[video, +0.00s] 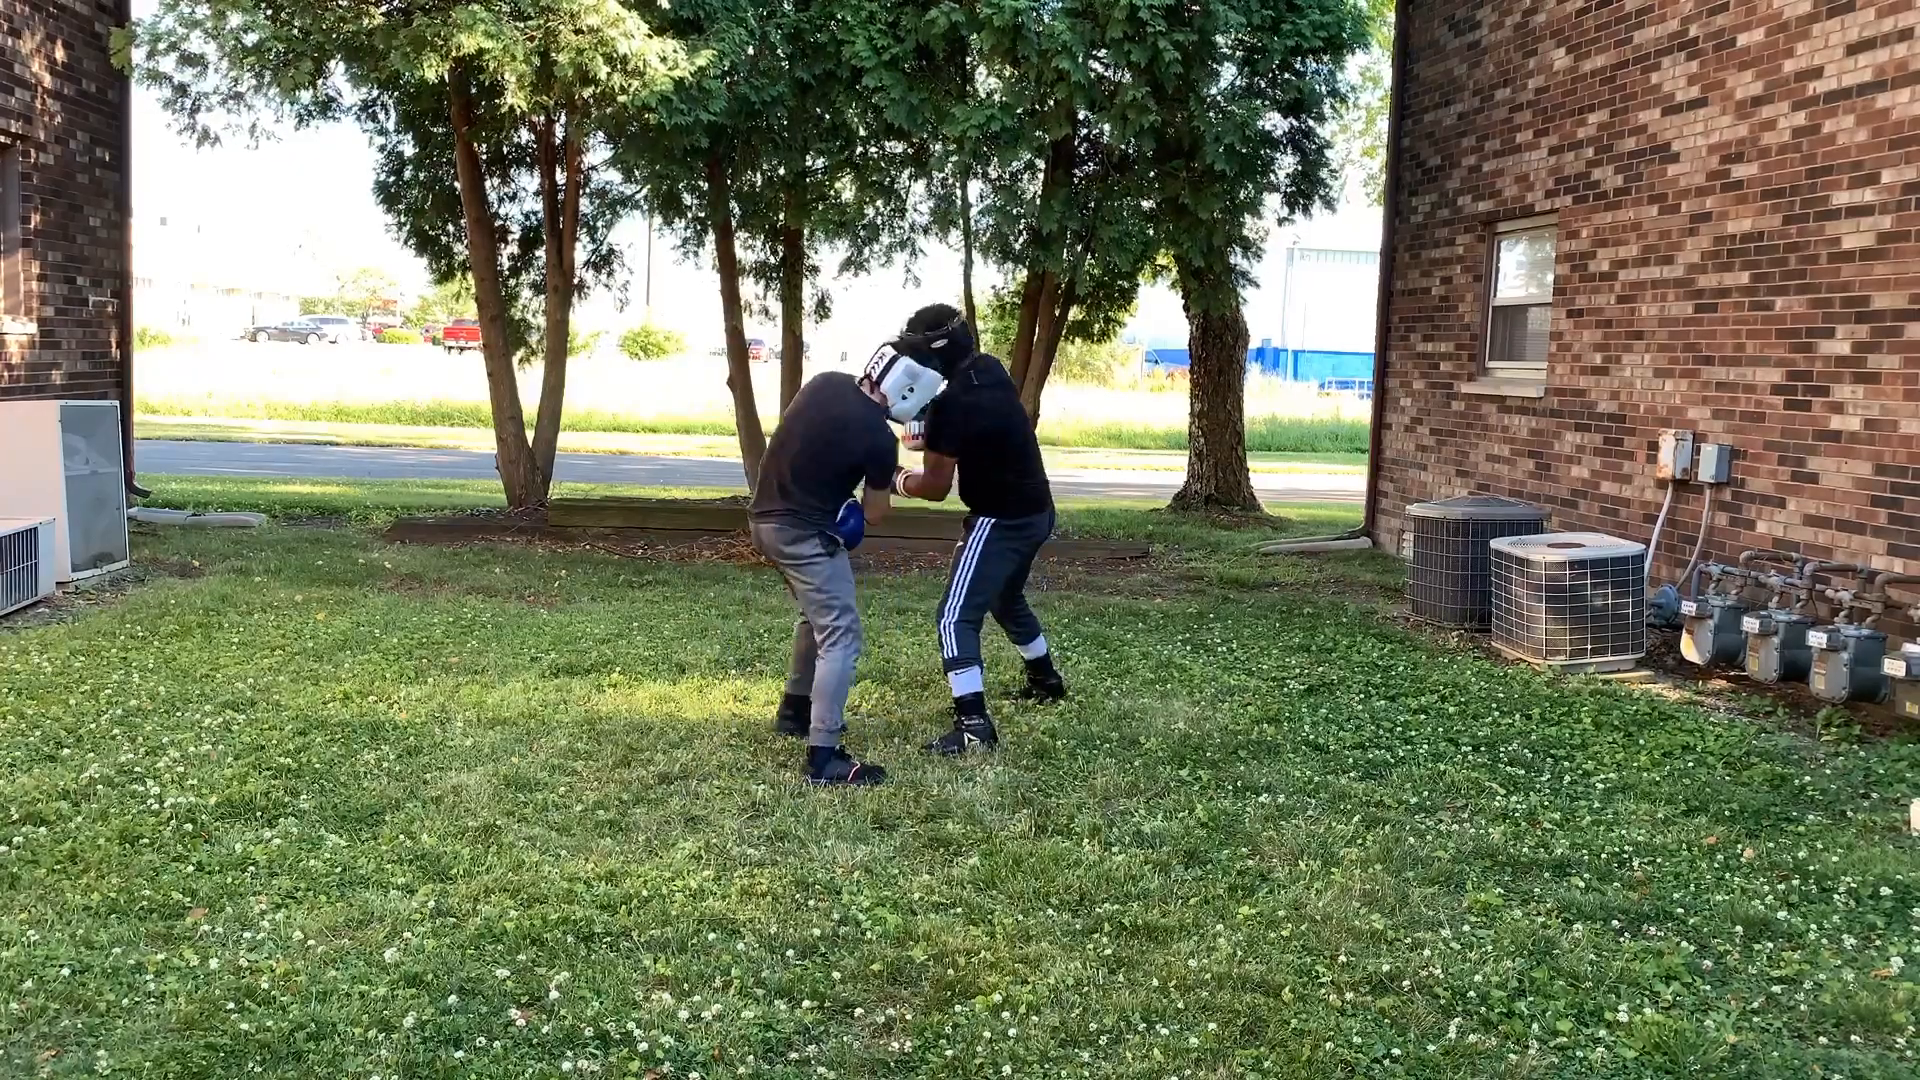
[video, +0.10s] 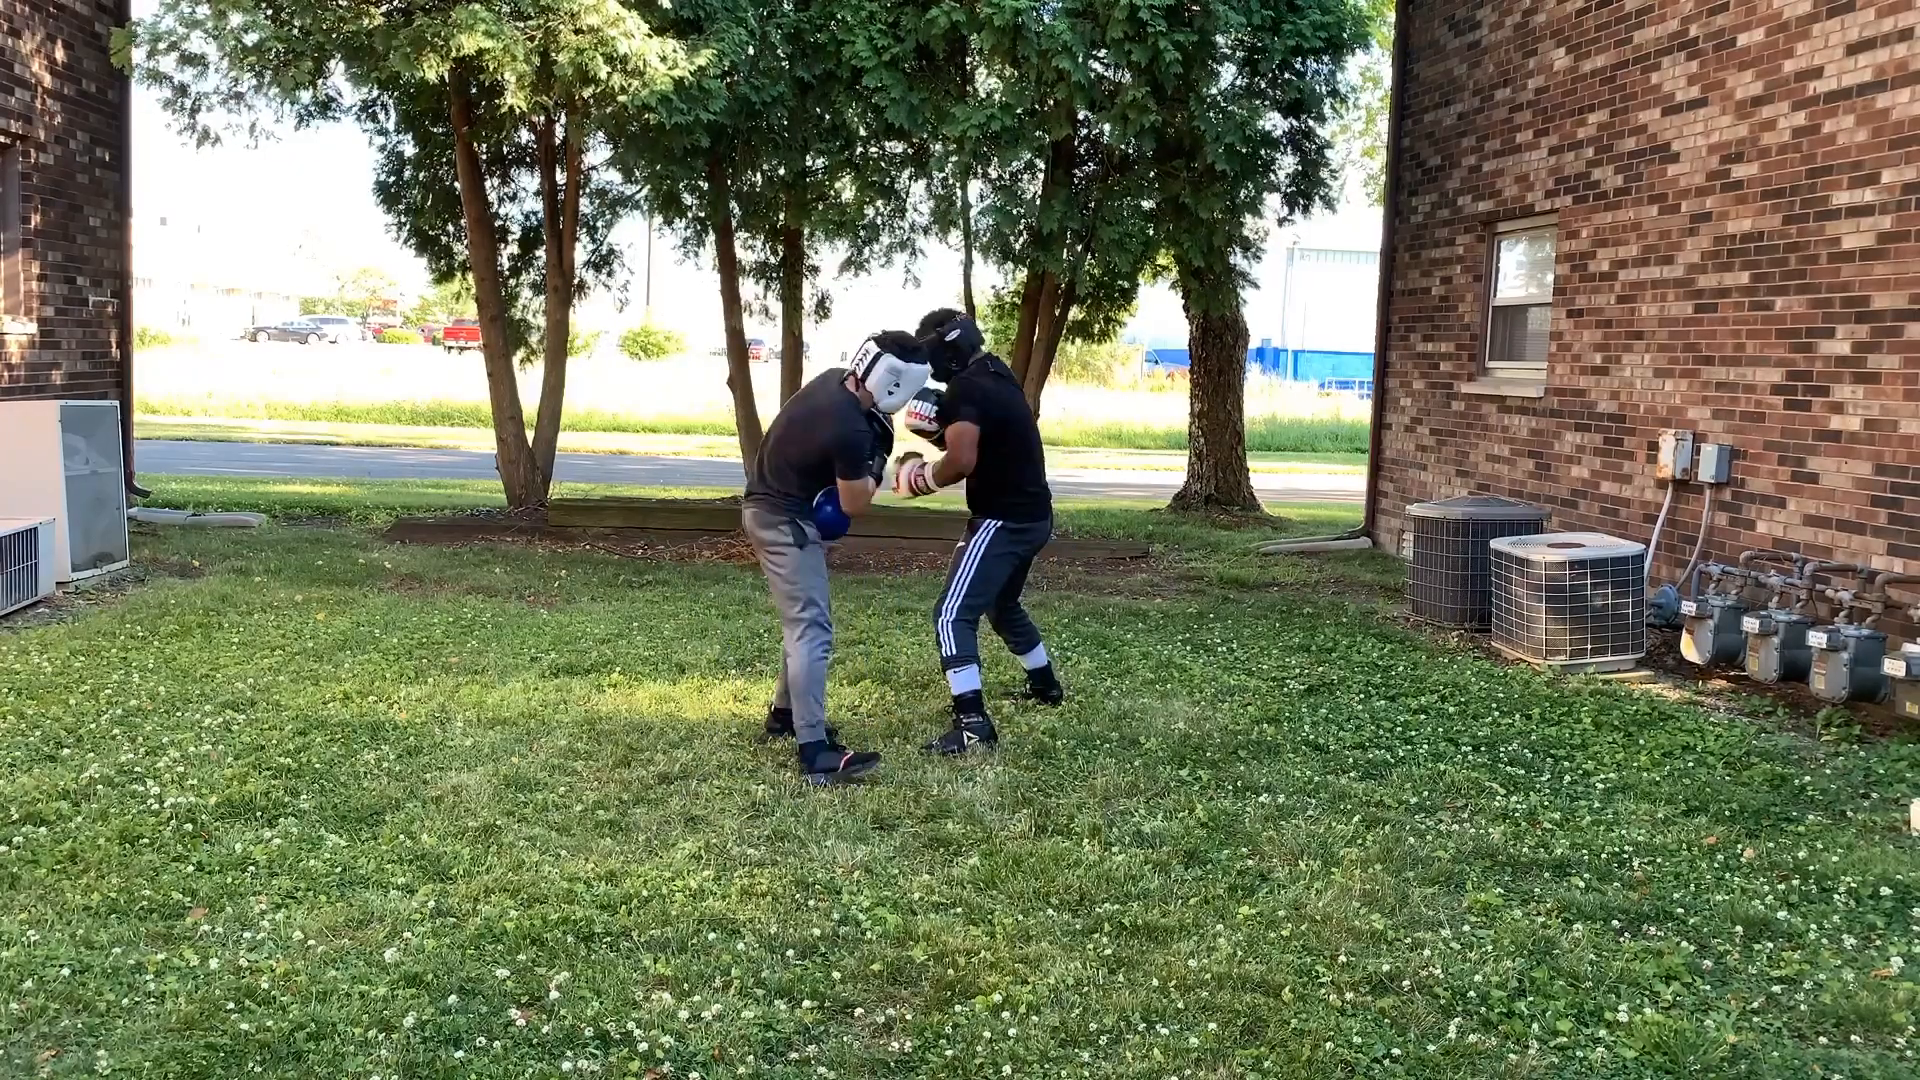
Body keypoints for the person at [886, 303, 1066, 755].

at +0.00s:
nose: (916, 364)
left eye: (919, 356)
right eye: (915, 356)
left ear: (934, 357)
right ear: (965, 342)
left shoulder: (949, 404)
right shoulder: (992, 369)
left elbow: (936, 487)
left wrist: (899, 478)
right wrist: (928, 434)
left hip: (999, 519)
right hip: (1032, 512)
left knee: (955, 616)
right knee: (1006, 602)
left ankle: (973, 724)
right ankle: (1045, 679)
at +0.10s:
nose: (930, 364)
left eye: (931, 354)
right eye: (927, 355)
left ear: (947, 350)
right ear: (970, 343)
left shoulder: (966, 386)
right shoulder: (996, 373)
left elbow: (961, 461)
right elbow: (978, 443)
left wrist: (924, 478)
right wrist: (932, 432)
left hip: (1002, 518)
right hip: (1029, 515)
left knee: (952, 613)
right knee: (1003, 607)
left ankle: (973, 724)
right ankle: (1045, 684)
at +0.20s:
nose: (935, 383)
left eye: (935, 372)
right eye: (931, 374)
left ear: (954, 364)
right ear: (971, 358)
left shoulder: (984, 387)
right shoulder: (992, 389)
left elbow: (1001, 449)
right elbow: (963, 479)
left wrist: (960, 495)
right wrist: (943, 446)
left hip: (1009, 523)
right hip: (1031, 521)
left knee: (947, 614)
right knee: (1000, 608)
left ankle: (971, 722)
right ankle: (1044, 683)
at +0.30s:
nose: (934, 401)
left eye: (936, 391)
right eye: (931, 394)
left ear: (956, 380)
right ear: (968, 376)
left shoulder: (993, 397)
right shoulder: (968, 418)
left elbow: (1031, 442)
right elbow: (962, 494)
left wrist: (994, 493)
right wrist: (952, 451)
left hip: (1016, 523)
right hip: (1035, 527)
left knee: (948, 611)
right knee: (998, 612)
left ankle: (971, 722)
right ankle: (1044, 685)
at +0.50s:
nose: (929, 401)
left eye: (931, 391)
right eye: (926, 393)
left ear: (952, 385)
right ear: (958, 385)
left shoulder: (991, 400)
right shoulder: (981, 421)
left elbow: (1037, 432)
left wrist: (986, 465)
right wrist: (962, 470)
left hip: (1025, 524)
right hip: (1030, 525)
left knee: (959, 612)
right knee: (1001, 615)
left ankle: (974, 725)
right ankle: (1045, 687)